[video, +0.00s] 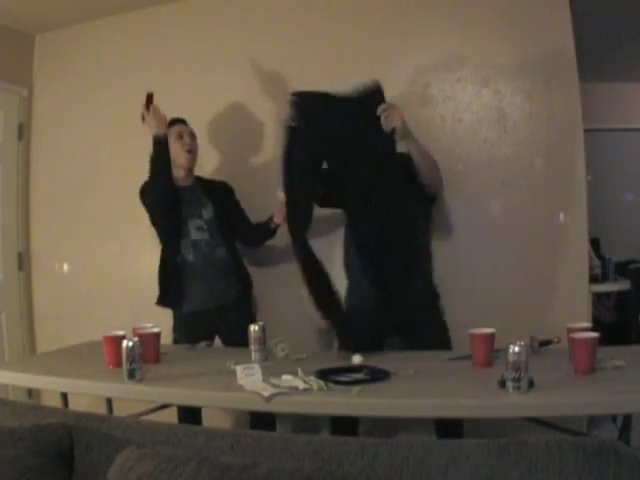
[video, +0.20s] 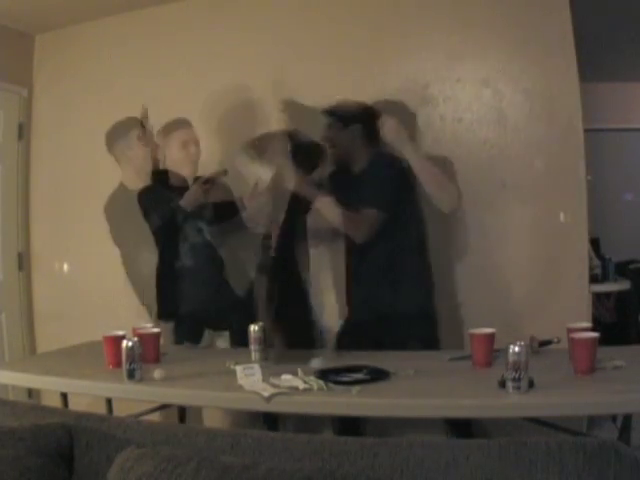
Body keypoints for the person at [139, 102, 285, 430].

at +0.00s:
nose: (189, 143)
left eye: (192, 137)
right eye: (180, 138)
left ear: (198, 146)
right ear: (165, 150)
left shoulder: (219, 190)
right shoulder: (156, 193)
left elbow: (248, 236)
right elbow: (161, 191)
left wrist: (274, 222)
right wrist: (158, 139)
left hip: (233, 300)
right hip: (190, 304)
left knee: (255, 380)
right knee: (188, 385)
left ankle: (264, 452)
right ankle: (190, 455)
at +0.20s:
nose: (194, 151)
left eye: (196, 144)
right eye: (184, 146)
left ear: (200, 146)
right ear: (164, 151)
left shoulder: (211, 188)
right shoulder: (152, 195)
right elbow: (161, 229)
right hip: (182, 294)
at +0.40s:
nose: (149, 155)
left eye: (146, 148)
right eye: (140, 151)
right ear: (119, 164)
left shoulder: (164, 190)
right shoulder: (113, 211)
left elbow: (194, 229)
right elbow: (147, 253)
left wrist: (237, 214)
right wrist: (186, 214)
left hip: (204, 294)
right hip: (168, 309)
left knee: (255, 340)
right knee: (172, 379)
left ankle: (270, 424)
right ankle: (167, 448)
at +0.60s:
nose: (140, 152)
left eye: (137, 146)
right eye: (130, 149)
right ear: (113, 164)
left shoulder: (162, 195)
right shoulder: (113, 212)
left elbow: (195, 238)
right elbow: (142, 262)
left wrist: (241, 224)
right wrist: (179, 231)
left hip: (206, 301)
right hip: (166, 313)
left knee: (243, 362)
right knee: (171, 388)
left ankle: (222, 439)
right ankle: (166, 453)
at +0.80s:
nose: (151, 149)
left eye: (148, 143)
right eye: (142, 147)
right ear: (122, 162)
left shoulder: (172, 193)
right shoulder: (123, 210)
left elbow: (203, 237)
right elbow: (143, 265)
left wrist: (246, 231)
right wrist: (179, 235)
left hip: (205, 306)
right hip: (167, 315)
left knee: (209, 390)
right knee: (173, 395)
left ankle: (201, 455)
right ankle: (165, 458)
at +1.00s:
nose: (189, 159)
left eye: (188, 153)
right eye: (180, 155)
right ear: (157, 164)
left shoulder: (198, 199)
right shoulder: (142, 206)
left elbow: (210, 248)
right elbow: (144, 267)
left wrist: (245, 261)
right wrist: (179, 247)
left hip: (196, 311)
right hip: (158, 316)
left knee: (206, 391)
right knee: (169, 394)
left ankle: (198, 456)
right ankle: (167, 459)